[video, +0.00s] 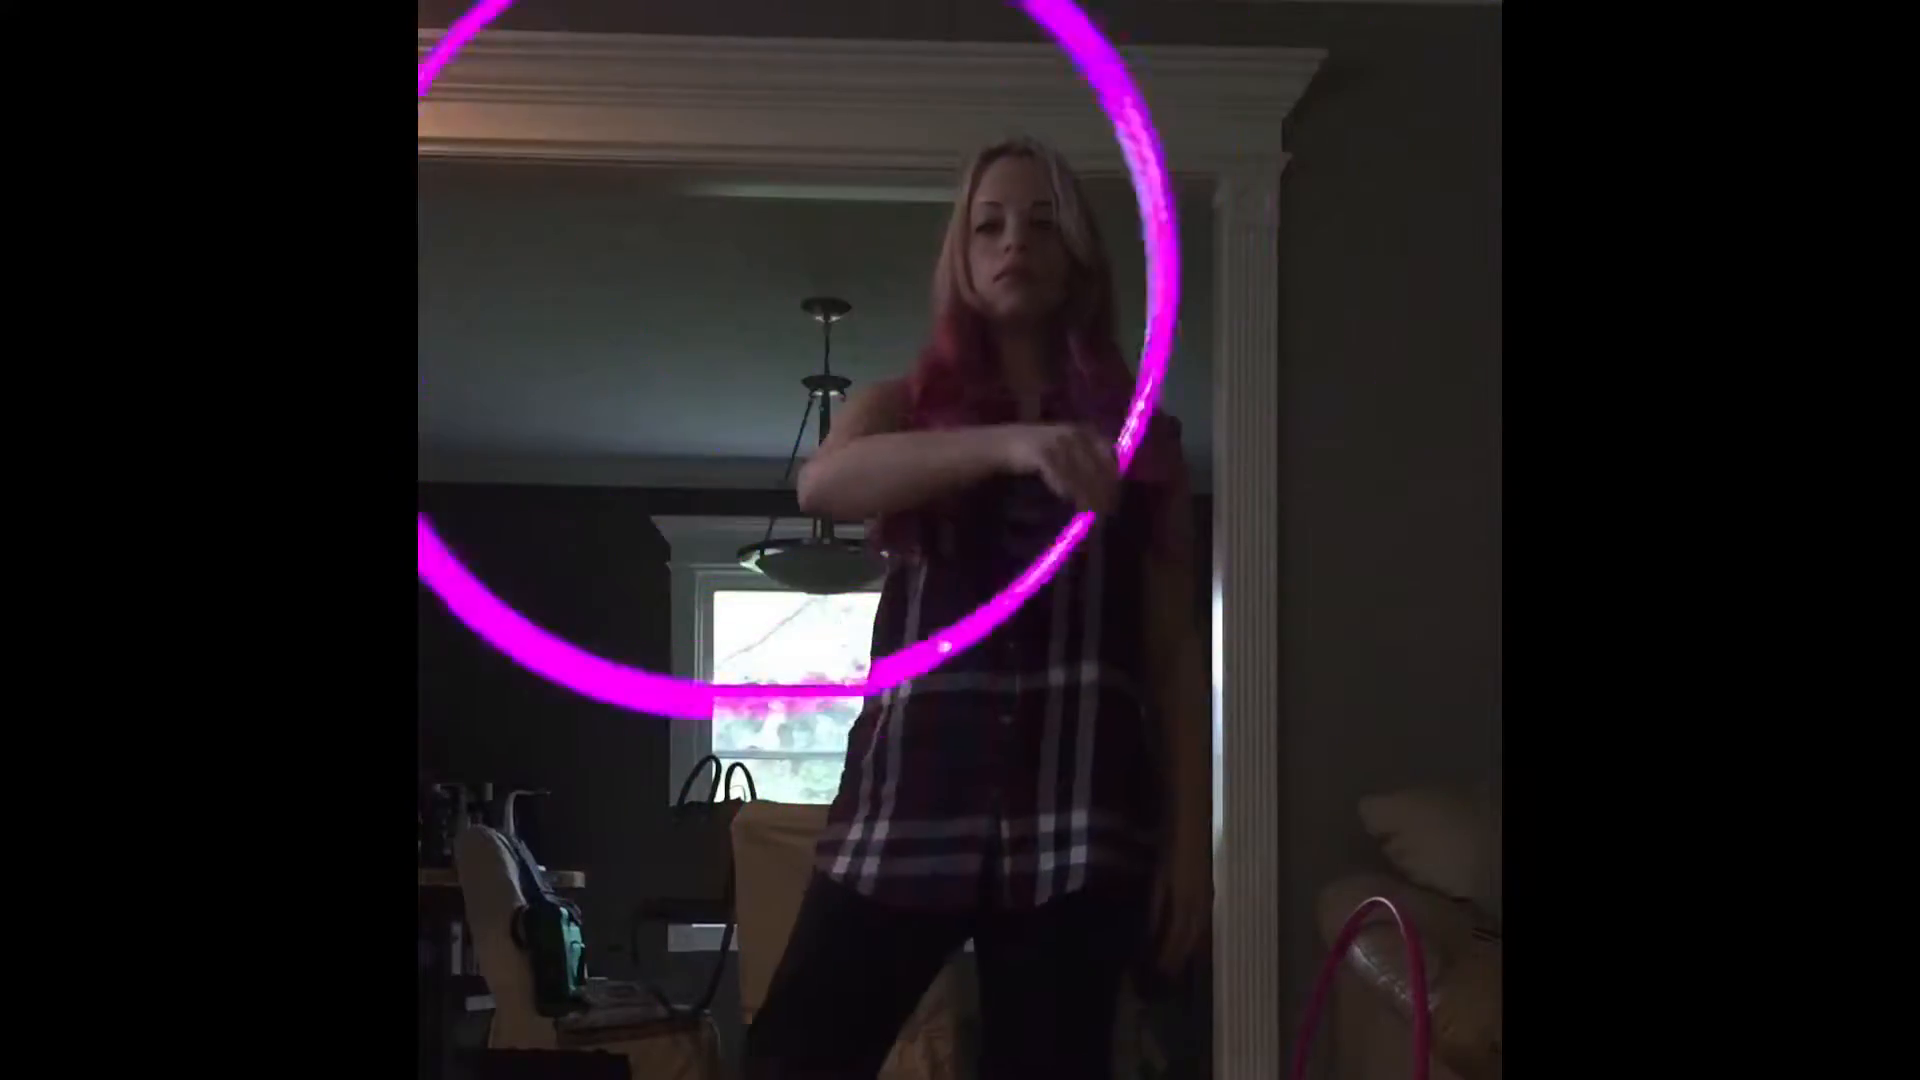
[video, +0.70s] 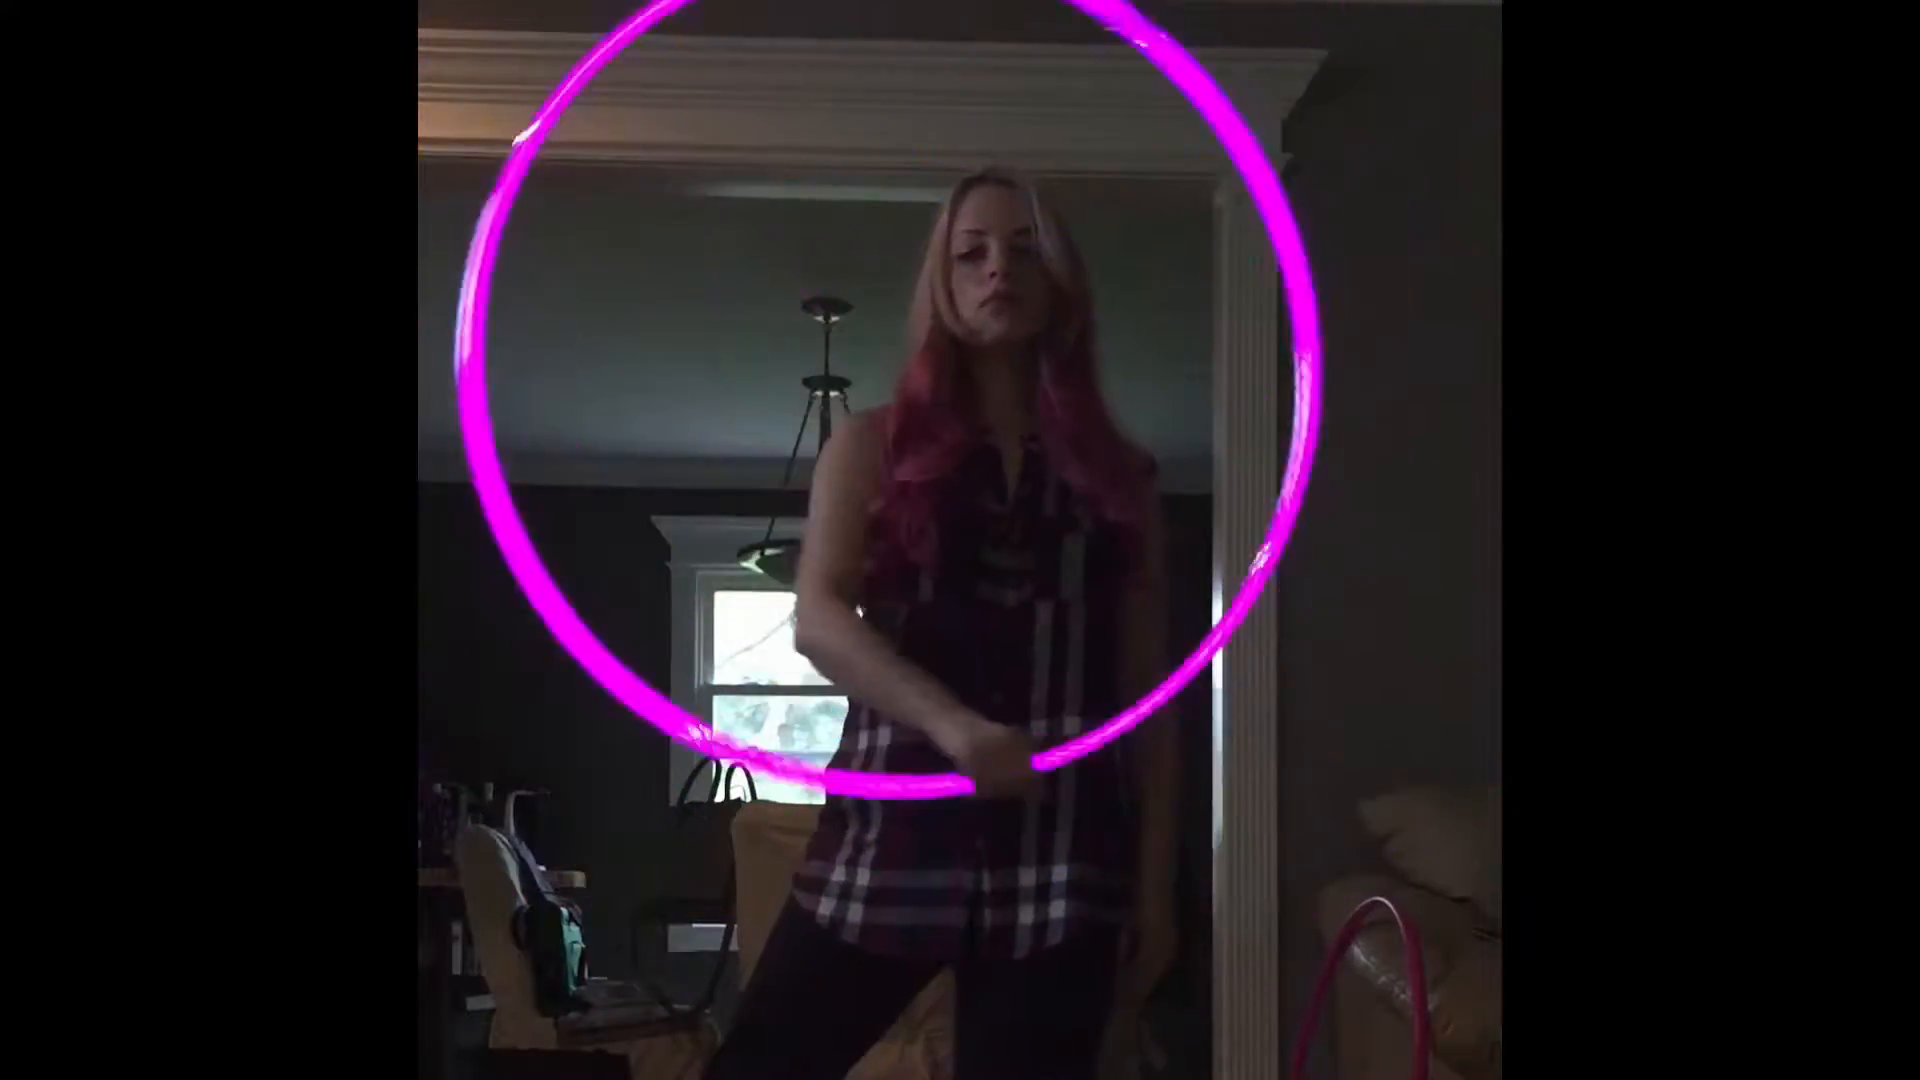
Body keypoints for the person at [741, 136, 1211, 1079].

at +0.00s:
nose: (1014, 240)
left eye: (1041, 220)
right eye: (991, 222)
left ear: (1078, 251)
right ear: (957, 256)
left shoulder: (1141, 432)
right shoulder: (898, 402)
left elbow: (1175, 650)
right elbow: (825, 483)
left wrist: (1190, 846)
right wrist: (1008, 445)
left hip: (1080, 820)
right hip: (909, 811)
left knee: (1052, 1070)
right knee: (794, 1060)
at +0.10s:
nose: (1014, 244)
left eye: (1039, 225)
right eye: (990, 229)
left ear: (1082, 252)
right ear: (957, 265)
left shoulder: (1137, 436)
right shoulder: (921, 410)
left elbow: (1173, 652)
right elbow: (811, 461)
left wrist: (1190, 864)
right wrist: (983, 363)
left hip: (1076, 835)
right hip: (905, 826)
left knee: (1045, 1071)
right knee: (778, 1059)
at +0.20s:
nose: (1006, 261)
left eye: (1035, 239)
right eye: (980, 242)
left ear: (1080, 272)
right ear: (948, 279)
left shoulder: (1141, 449)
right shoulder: (908, 430)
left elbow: (1178, 672)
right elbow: (757, 428)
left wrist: (1187, 869)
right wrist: (887, 271)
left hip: (1070, 865)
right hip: (886, 853)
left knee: (1031, 1072)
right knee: (748, 1066)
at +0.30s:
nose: (1002, 272)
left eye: (1030, 252)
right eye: (978, 256)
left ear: (1074, 286)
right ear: (947, 291)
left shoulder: (1133, 470)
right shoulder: (894, 439)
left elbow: (1175, 686)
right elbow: (705, 440)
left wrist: (1187, 883)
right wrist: (775, 338)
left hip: (1071, 866)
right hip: (894, 855)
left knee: (1034, 1068)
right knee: (754, 1064)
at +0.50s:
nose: (998, 269)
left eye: (1024, 249)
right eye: (974, 251)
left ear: (1063, 279)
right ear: (940, 283)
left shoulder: (1118, 471)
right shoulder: (883, 442)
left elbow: (1152, 687)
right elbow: (684, 497)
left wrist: (1164, 891)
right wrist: (782, 574)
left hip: (1055, 869)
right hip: (888, 852)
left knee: (1021, 1070)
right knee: (750, 1068)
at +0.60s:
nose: (998, 268)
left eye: (1023, 247)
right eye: (973, 250)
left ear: (1061, 280)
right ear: (941, 282)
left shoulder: (1119, 471)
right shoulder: (879, 441)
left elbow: (1149, 691)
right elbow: (743, 572)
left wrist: (1156, 885)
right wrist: (859, 678)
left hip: (1058, 866)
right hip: (893, 855)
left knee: (1027, 1071)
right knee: (751, 1069)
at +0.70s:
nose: (999, 268)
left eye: (1023, 247)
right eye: (973, 251)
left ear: (1060, 279)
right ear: (941, 283)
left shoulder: (1115, 470)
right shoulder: (871, 444)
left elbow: (1149, 684)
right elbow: (820, 618)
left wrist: (1154, 884)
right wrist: (953, 724)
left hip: (1061, 869)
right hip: (895, 857)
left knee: (1029, 1072)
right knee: (751, 1070)